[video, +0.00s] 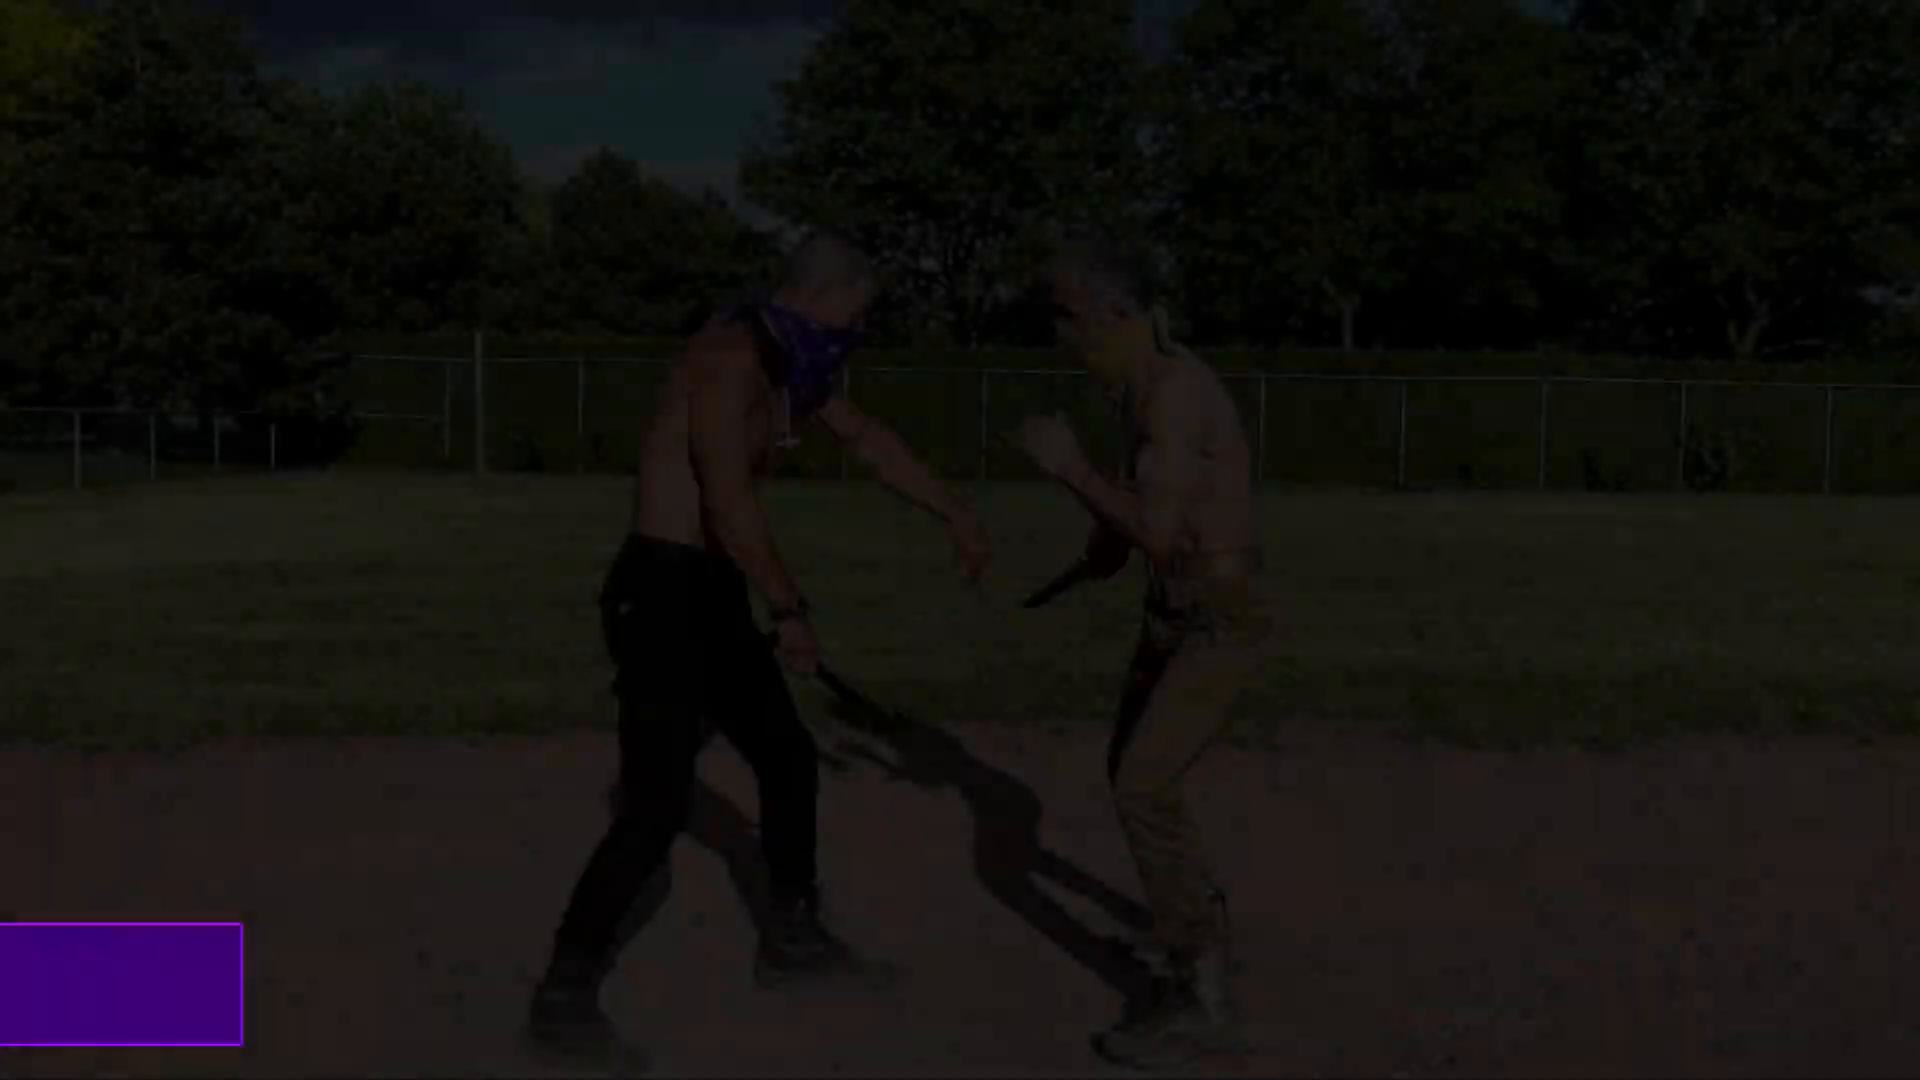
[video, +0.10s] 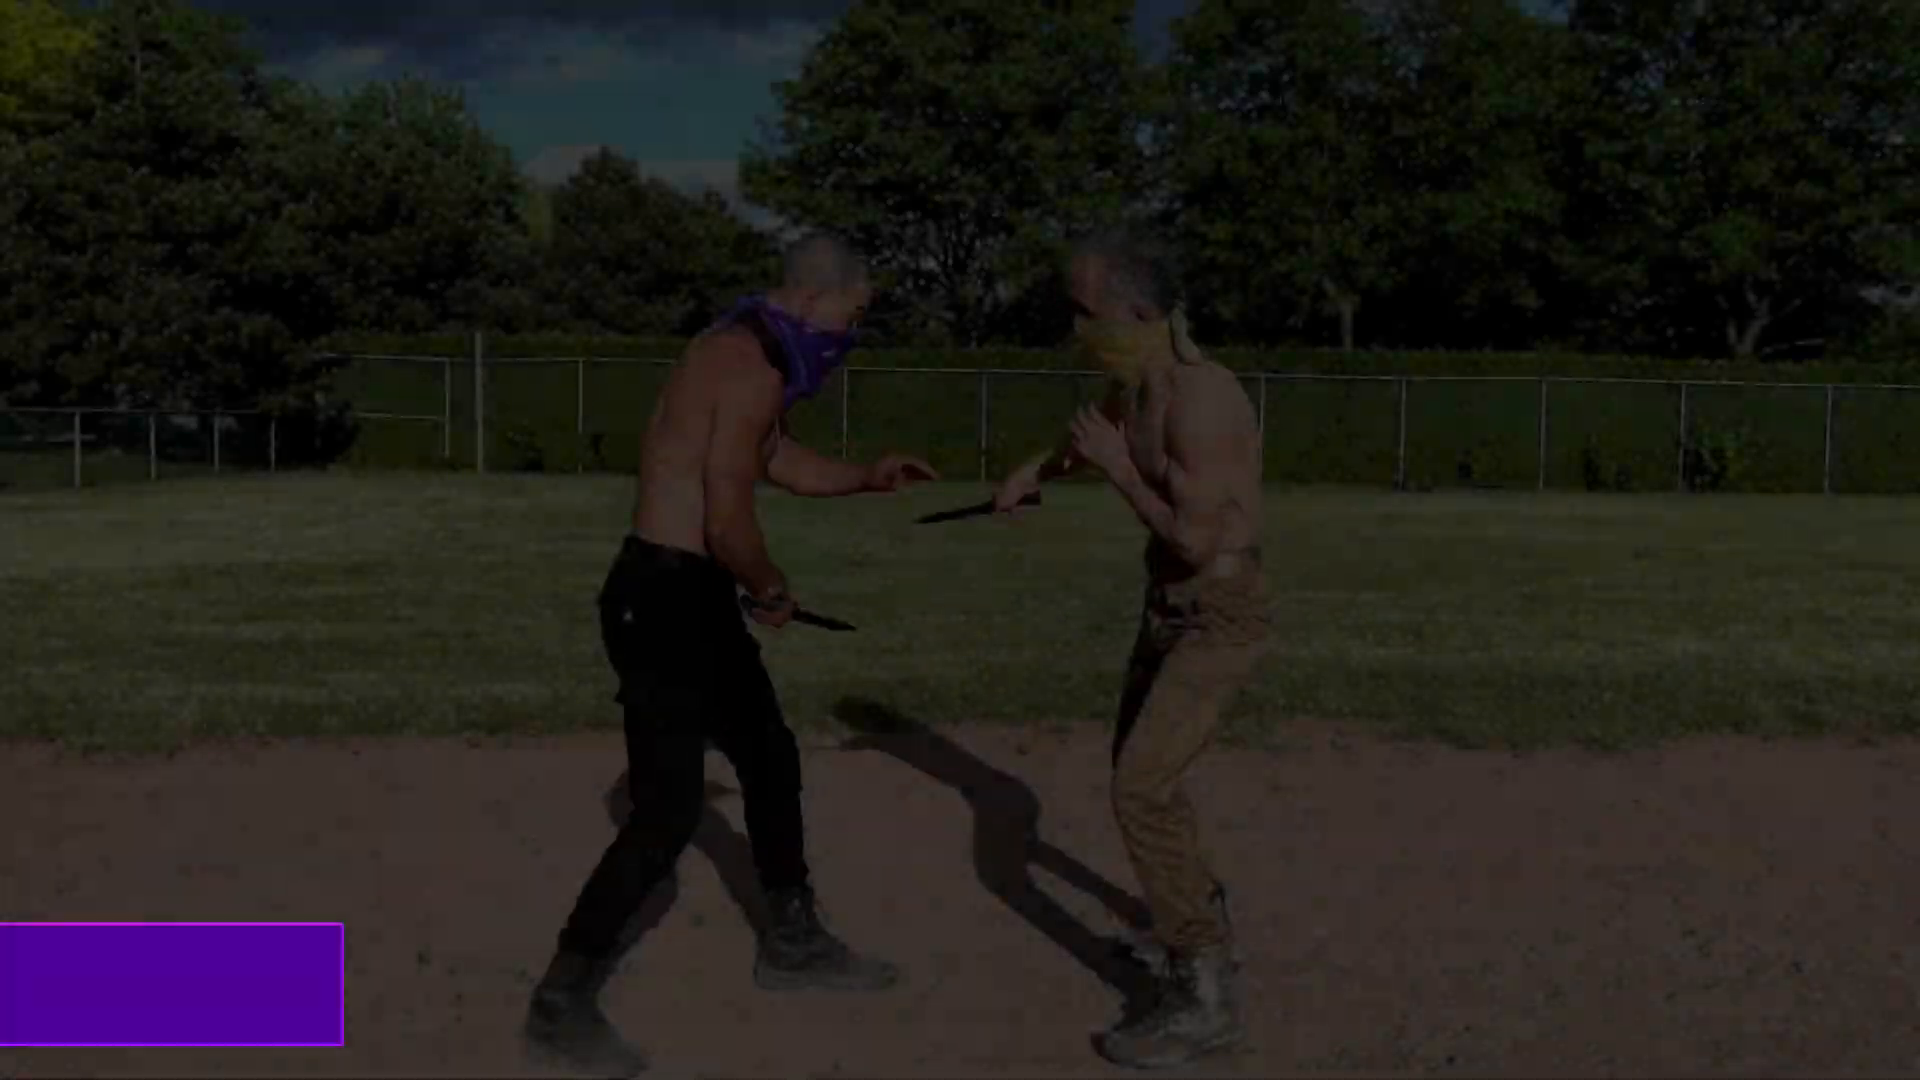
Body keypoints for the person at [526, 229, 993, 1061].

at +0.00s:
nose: (845, 343)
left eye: (852, 328)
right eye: (843, 325)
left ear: (807, 305)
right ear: (811, 309)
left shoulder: (780, 368)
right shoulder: (729, 363)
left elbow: (867, 441)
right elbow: (729, 503)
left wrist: (954, 511)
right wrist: (786, 608)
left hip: (712, 592)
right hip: (661, 595)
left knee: (789, 761)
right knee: (655, 805)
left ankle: (793, 936)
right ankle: (566, 995)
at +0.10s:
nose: (848, 336)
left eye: (856, 321)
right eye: (847, 318)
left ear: (801, 296)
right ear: (809, 301)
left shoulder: (738, 353)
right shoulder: (748, 368)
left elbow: (777, 460)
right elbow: (726, 518)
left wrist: (866, 477)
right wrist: (768, 588)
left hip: (695, 590)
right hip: (664, 596)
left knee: (771, 761)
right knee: (668, 807)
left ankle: (793, 939)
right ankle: (562, 1000)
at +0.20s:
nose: (830, 326)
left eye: (836, 311)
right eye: (829, 310)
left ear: (759, 287)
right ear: (795, 303)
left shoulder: (671, 338)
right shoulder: (768, 385)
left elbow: (690, 436)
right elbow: (808, 510)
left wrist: (784, 406)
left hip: (654, 594)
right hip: (672, 609)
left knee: (756, 757)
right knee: (678, 822)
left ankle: (793, 936)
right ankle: (563, 1001)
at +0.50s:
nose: (806, 333)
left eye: (810, 319)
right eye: (800, 316)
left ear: (752, 305)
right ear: (752, 304)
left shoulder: (724, 365)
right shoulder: (674, 377)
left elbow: (743, 446)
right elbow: (686, 541)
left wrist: (804, 419)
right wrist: (761, 561)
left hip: (699, 598)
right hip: (638, 603)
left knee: (779, 749)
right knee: (659, 805)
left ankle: (768, 930)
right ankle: (563, 995)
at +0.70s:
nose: (788, 325)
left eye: (793, 310)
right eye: (783, 307)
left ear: (741, 293)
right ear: (734, 293)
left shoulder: (723, 361)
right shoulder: (644, 370)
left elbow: (722, 450)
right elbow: (587, 513)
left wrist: (797, 454)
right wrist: (686, 582)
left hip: (702, 602)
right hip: (626, 607)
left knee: (777, 761)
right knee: (587, 810)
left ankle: (768, 931)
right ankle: (497, 1002)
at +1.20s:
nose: (779, 333)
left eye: (785, 318)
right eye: (776, 314)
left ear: (729, 299)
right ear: (732, 302)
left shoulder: (689, 366)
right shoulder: (661, 366)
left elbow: (690, 473)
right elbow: (612, 506)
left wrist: (752, 435)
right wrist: (706, 582)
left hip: (657, 603)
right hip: (604, 605)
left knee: (737, 757)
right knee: (608, 818)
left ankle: (741, 935)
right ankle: (499, 1003)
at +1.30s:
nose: (775, 329)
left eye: (780, 314)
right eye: (771, 311)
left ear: (713, 294)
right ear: (725, 298)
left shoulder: (651, 345)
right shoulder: (678, 366)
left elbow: (666, 461)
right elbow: (790, 487)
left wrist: (740, 410)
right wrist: (900, 541)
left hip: (656, 605)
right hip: (591, 608)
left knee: (734, 756)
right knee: (589, 810)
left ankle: (742, 934)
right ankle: (496, 999)